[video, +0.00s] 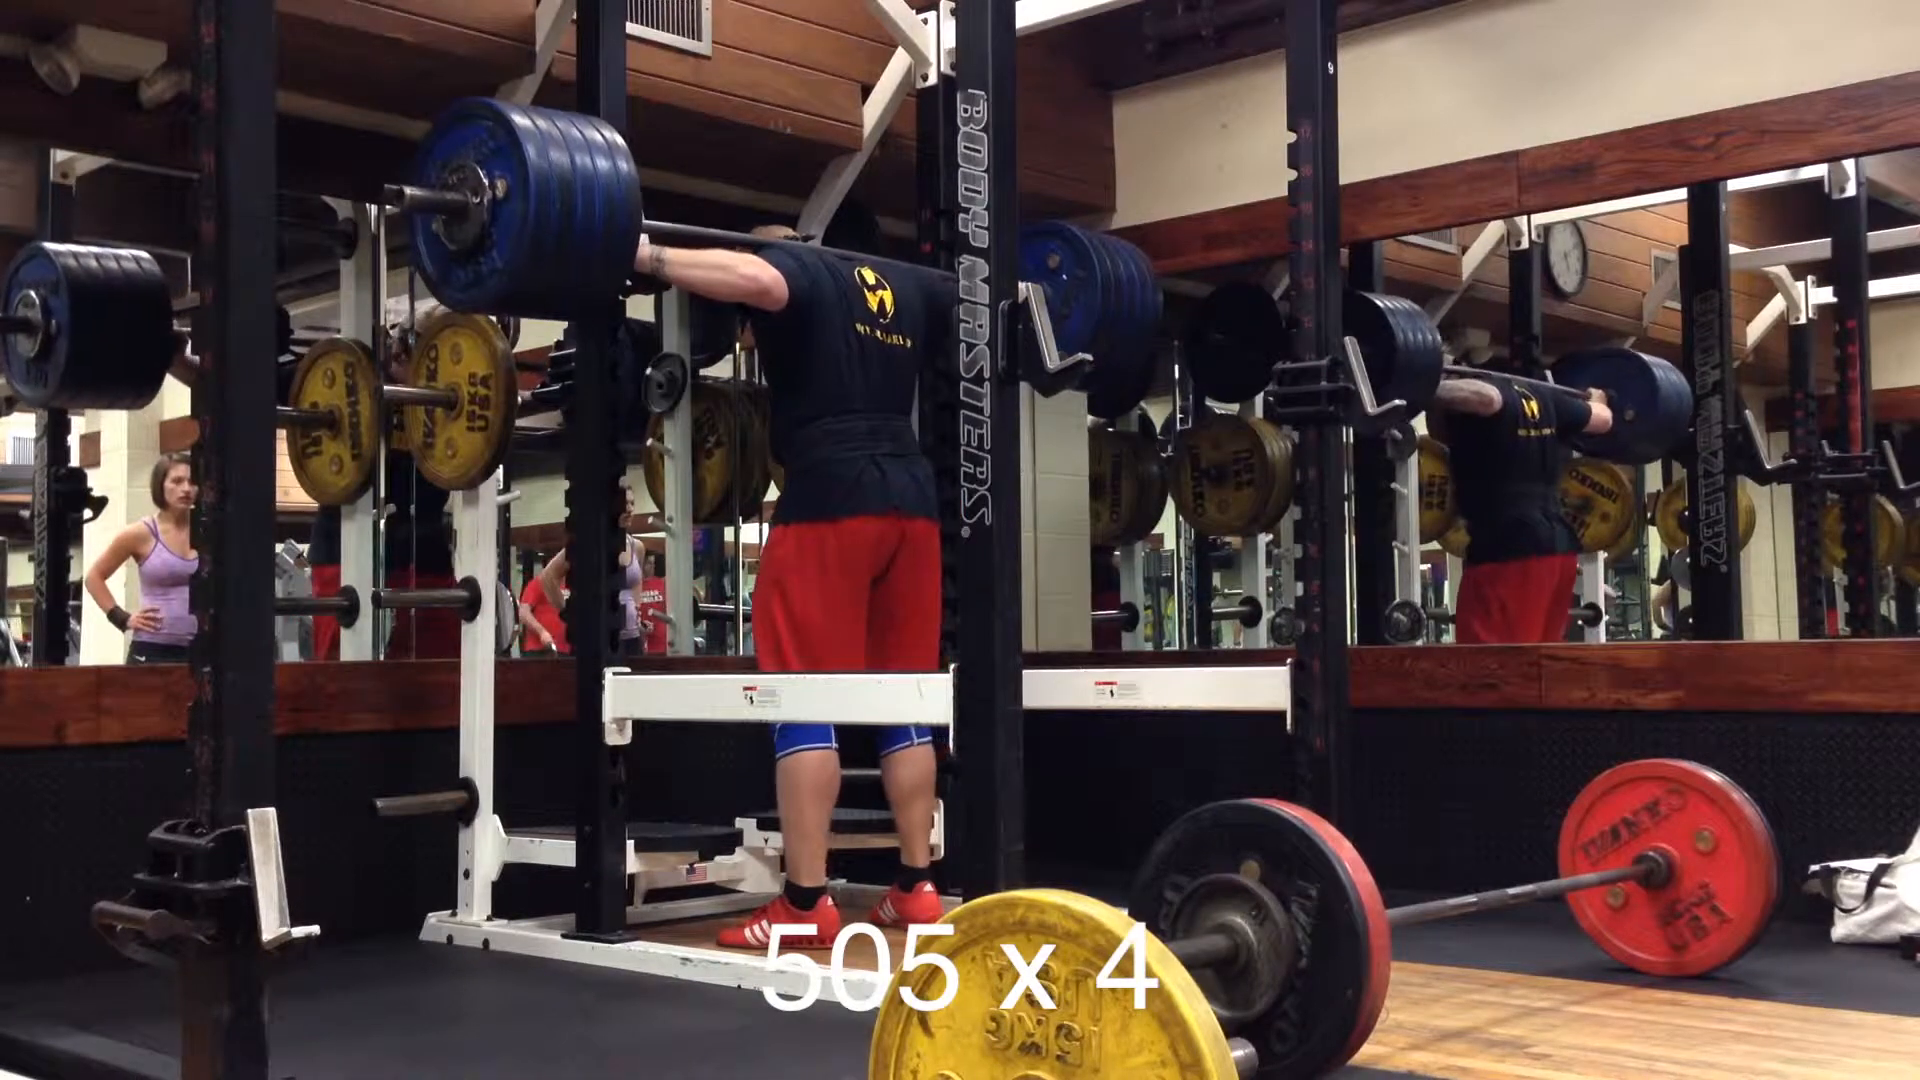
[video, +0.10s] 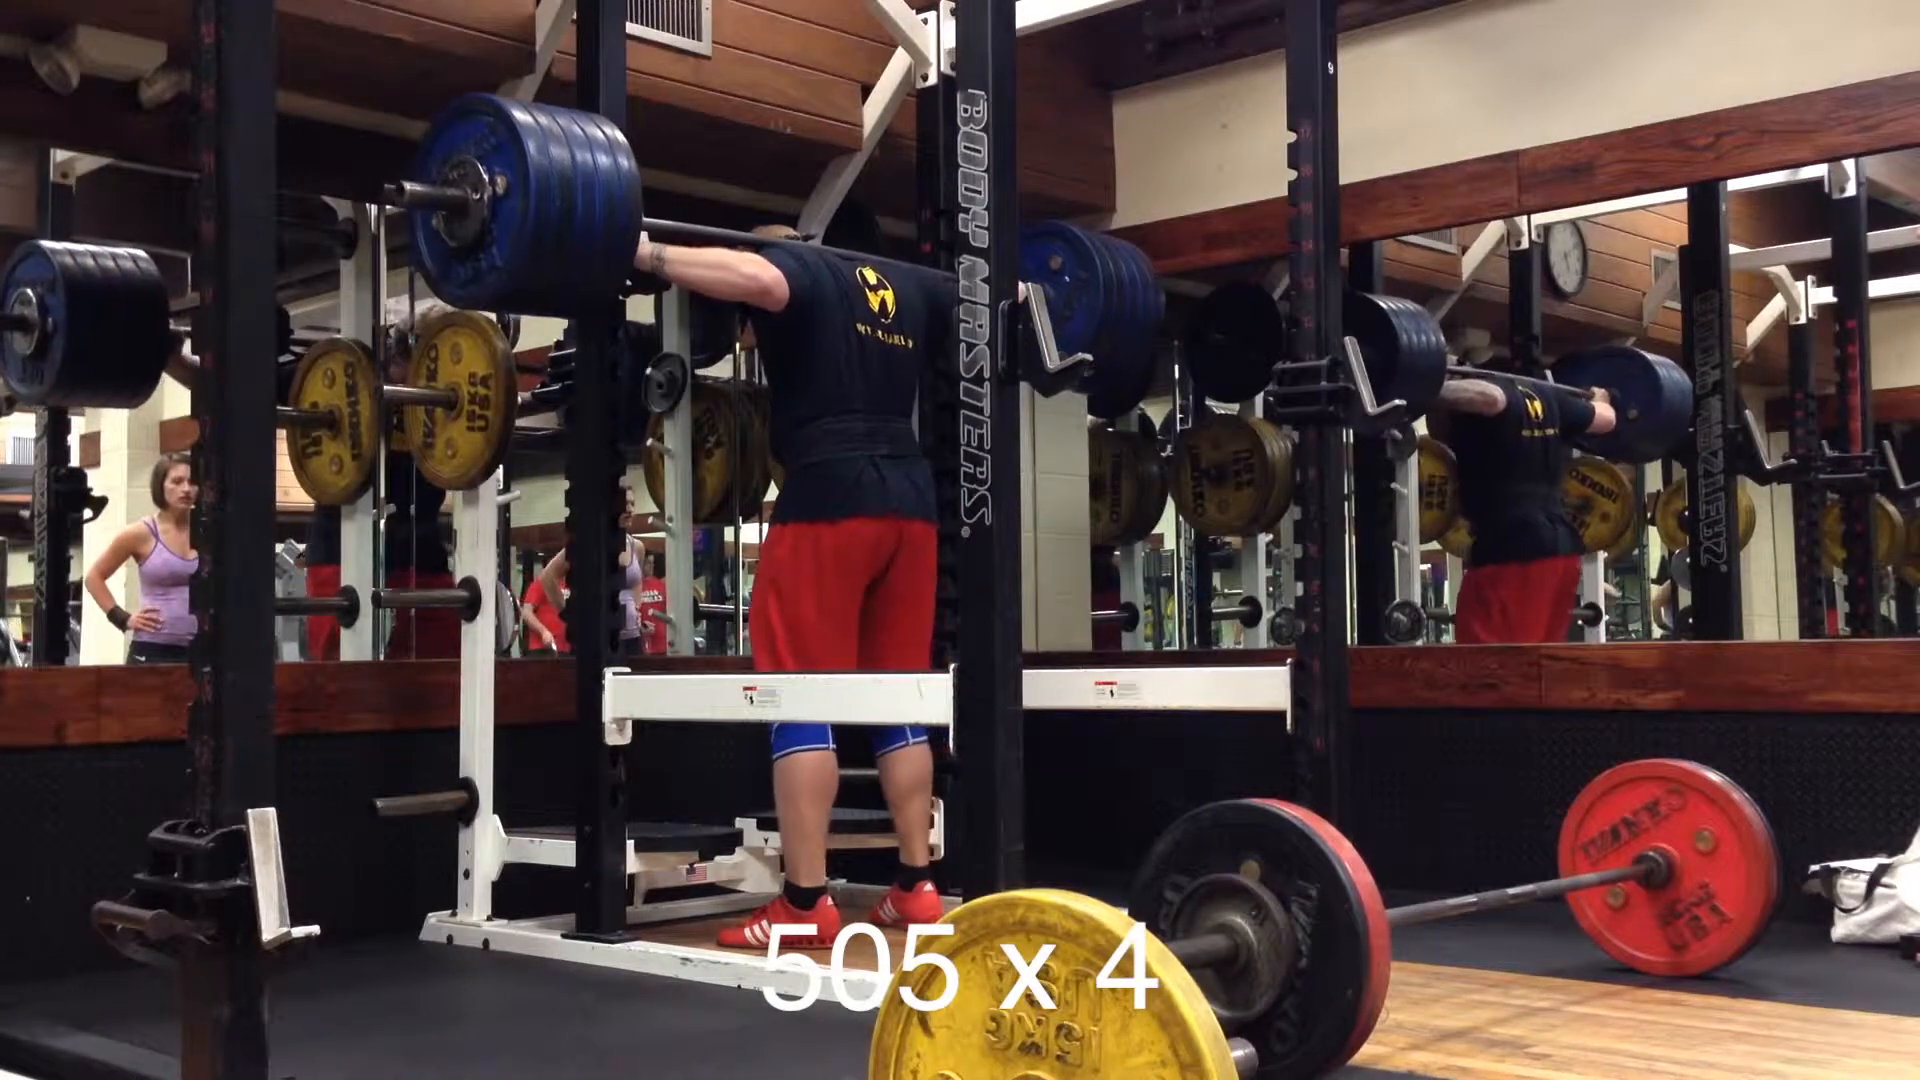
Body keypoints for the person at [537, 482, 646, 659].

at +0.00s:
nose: (628, 509)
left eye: (631, 504)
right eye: (622, 504)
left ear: (635, 507)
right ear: (609, 507)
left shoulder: (636, 546)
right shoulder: (589, 543)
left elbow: (637, 582)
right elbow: (548, 577)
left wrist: (636, 609)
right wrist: (566, 610)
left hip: (630, 630)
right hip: (597, 632)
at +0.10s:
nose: (628, 510)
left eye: (631, 504)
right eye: (623, 504)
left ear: (635, 508)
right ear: (610, 507)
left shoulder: (636, 546)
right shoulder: (588, 543)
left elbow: (637, 581)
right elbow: (548, 576)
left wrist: (636, 608)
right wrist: (565, 611)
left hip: (631, 630)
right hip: (598, 631)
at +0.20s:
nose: (628, 510)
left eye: (631, 504)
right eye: (623, 504)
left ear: (635, 508)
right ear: (609, 508)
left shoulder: (636, 546)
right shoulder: (590, 543)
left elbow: (637, 582)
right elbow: (548, 576)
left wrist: (636, 608)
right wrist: (566, 612)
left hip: (630, 631)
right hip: (597, 632)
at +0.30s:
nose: (629, 510)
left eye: (632, 504)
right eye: (624, 504)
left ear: (635, 508)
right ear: (609, 507)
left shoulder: (636, 546)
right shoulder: (589, 543)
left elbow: (637, 581)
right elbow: (548, 577)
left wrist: (637, 607)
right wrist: (567, 611)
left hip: (630, 630)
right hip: (597, 631)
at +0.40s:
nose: (629, 510)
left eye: (632, 504)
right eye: (624, 504)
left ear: (635, 507)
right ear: (609, 507)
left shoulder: (636, 546)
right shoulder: (590, 543)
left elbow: (637, 581)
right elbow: (548, 577)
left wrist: (637, 606)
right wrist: (567, 612)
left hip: (630, 630)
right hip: (597, 631)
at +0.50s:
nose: (629, 510)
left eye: (632, 504)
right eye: (624, 504)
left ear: (635, 507)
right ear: (609, 506)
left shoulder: (637, 547)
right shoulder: (590, 543)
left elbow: (637, 581)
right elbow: (548, 577)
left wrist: (635, 608)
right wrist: (567, 611)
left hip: (630, 629)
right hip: (597, 630)